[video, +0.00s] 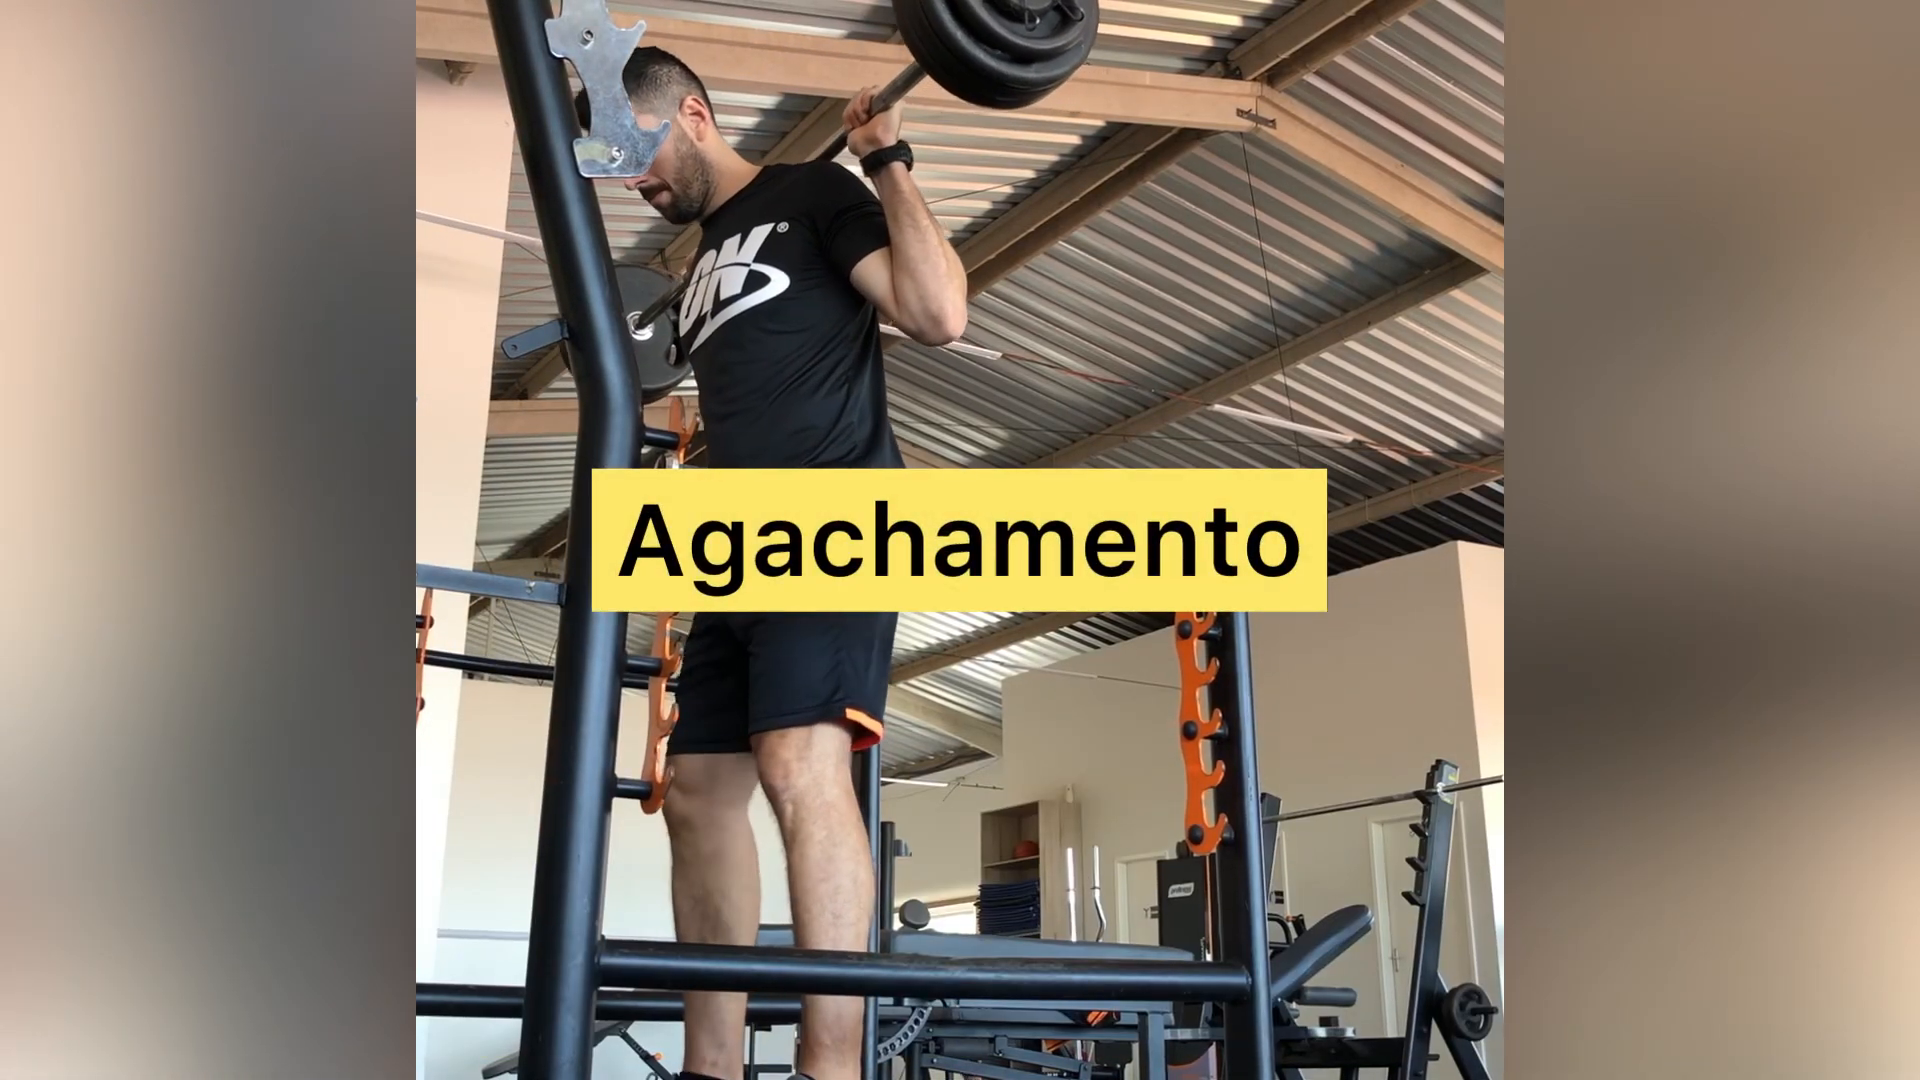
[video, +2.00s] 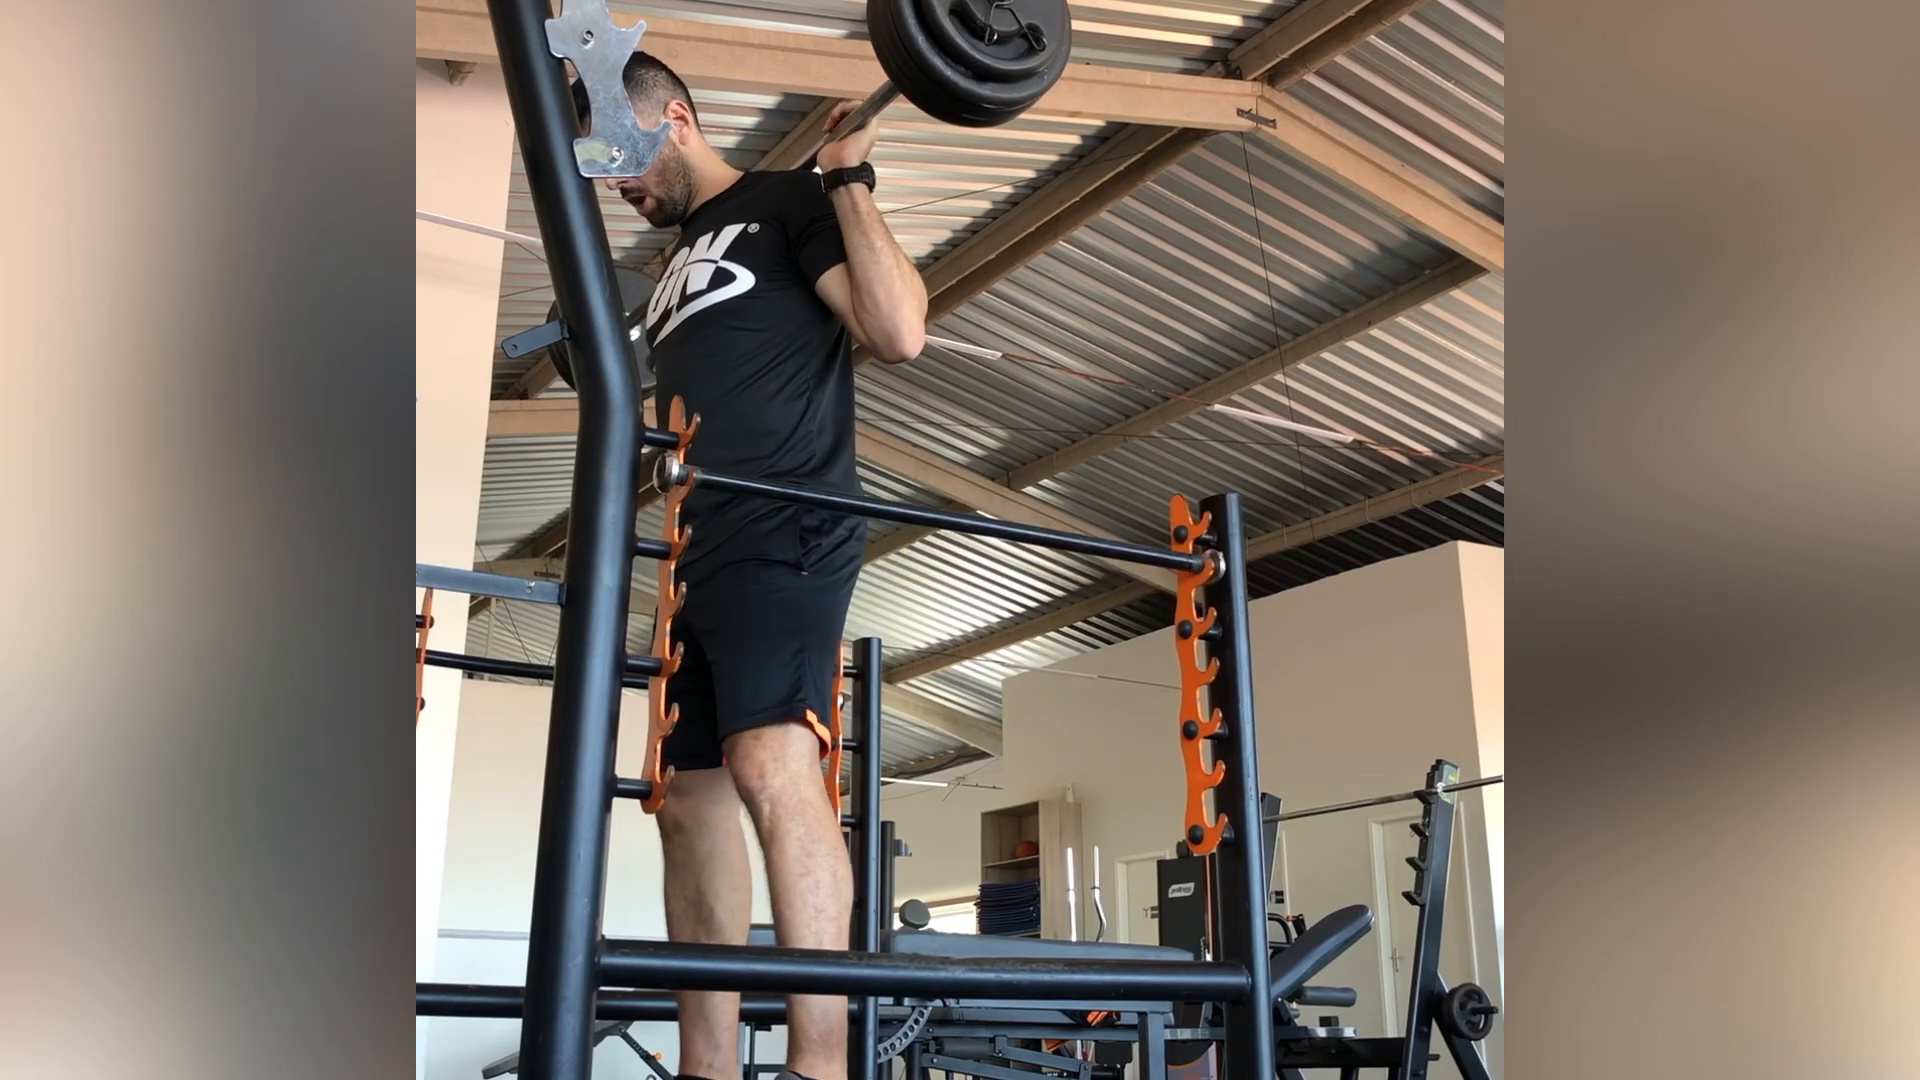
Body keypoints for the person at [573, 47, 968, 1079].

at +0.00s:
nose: (637, 177)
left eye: (643, 147)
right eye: (623, 161)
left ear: (697, 112)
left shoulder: (814, 192)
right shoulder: (698, 271)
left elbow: (941, 314)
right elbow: (717, 429)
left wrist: (891, 166)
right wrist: (680, 577)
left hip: (827, 526)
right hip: (731, 542)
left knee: (802, 763)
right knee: (699, 789)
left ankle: (834, 1065)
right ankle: (713, 1066)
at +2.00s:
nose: (622, 185)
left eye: (629, 156)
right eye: (608, 169)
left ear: (681, 118)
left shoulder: (789, 200)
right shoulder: (675, 263)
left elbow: (900, 334)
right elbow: (691, 420)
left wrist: (851, 181)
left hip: (787, 520)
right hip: (708, 536)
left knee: (771, 758)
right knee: (690, 792)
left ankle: (821, 1063)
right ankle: (708, 1065)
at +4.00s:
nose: (622, 186)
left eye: (630, 156)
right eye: (609, 170)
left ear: (684, 120)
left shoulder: (797, 197)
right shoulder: (688, 267)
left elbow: (925, 322)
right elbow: (720, 405)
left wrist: (867, 175)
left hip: (823, 517)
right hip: (734, 536)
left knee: (778, 755)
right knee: (692, 787)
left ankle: (826, 1065)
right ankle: (702, 1067)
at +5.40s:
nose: (590, 309)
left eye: (600, 283)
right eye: (582, 288)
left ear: (661, 267)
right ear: (642, 277)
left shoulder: (781, 341)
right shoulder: (661, 406)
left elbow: (914, 472)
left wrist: (837, 318)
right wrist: (621, 433)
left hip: (868, 634)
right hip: (763, 659)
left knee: (702, 789)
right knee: (587, 812)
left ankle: (816, 1068)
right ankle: (686, 1072)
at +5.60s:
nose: (570, 406)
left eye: (578, 376)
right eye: (557, 387)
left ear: (649, 350)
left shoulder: (766, 415)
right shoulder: (646, 487)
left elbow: (911, 550)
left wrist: (827, 407)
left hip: (882, 700)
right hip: (772, 721)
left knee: (690, 793)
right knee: (568, 833)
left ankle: (816, 1070)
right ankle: (685, 1074)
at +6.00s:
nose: (552, 537)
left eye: (566, 506)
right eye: (541, 517)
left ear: (644, 473)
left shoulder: (752, 544)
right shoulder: (625, 613)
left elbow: (905, 682)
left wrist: (810, 534)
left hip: (884, 820)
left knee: (676, 809)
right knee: (543, 848)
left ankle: (804, 1071)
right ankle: (680, 1074)